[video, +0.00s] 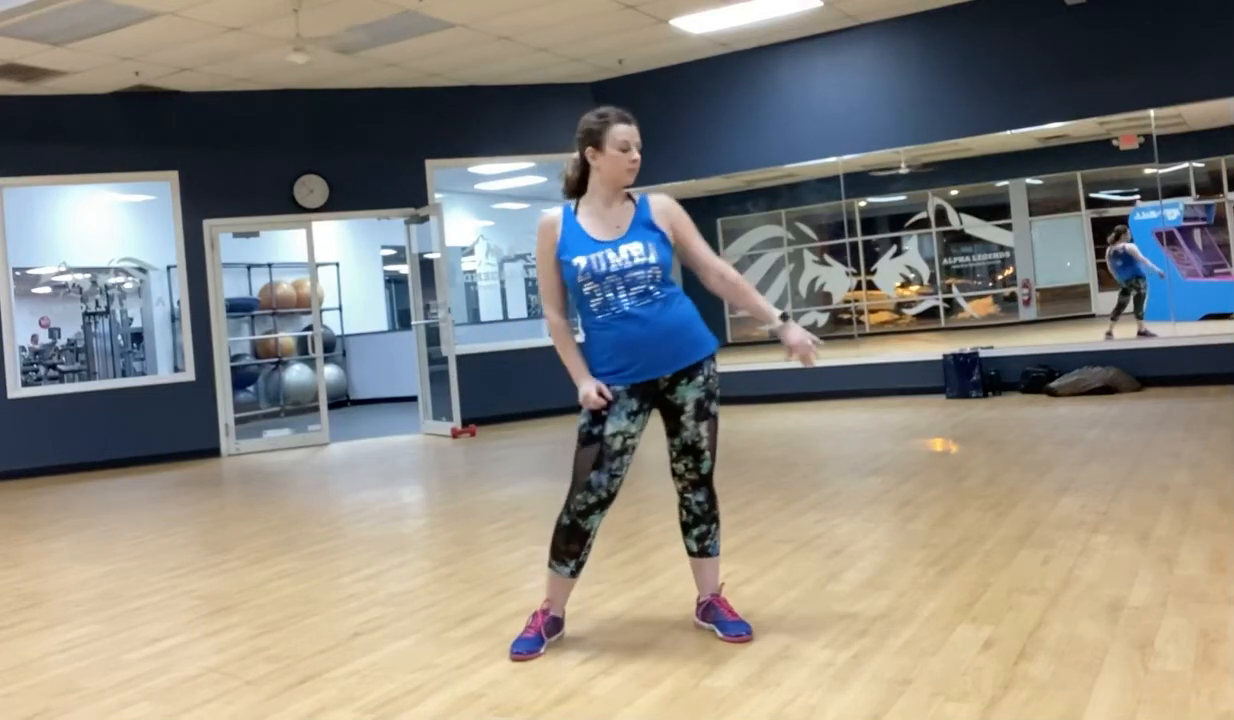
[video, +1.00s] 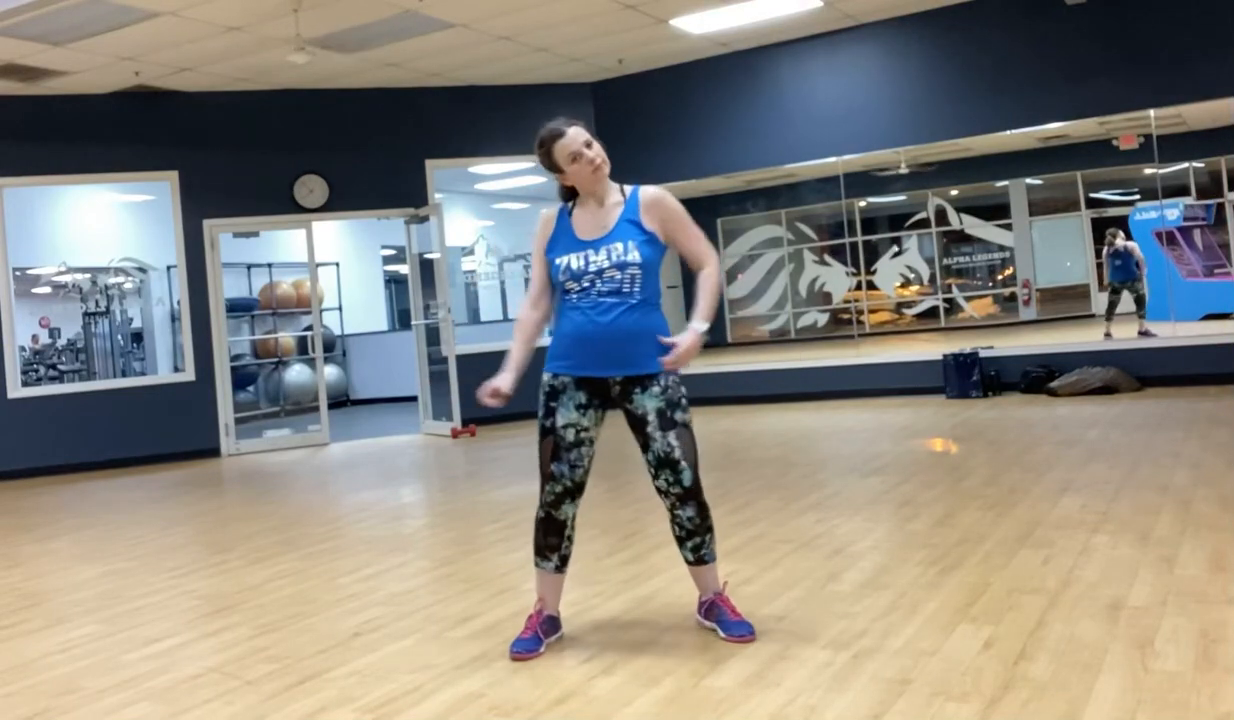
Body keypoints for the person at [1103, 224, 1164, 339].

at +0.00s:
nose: (1129, 236)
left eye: (1129, 233)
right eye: (1128, 234)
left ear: (1117, 236)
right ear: (1123, 235)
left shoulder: (1109, 250)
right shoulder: (1130, 247)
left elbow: (1110, 268)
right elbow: (1143, 260)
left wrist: (1119, 280)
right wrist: (1158, 270)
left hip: (1125, 281)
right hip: (1138, 279)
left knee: (1120, 305)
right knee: (1139, 303)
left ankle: (1110, 330)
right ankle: (1141, 328)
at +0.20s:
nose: (1128, 238)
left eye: (1127, 235)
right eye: (1126, 235)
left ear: (1116, 236)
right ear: (1120, 236)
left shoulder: (1107, 249)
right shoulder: (1124, 250)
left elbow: (1104, 266)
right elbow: (1136, 264)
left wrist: (1113, 277)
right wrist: (1150, 272)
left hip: (1121, 281)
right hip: (1134, 280)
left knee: (1119, 306)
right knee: (1135, 305)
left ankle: (1109, 330)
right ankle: (1141, 328)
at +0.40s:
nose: (1124, 237)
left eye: (1124, 234)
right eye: (1123, 235)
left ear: (1112, 237)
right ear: (1117, 237)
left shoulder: (1105, 249)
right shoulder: (1120, 251)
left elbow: (1099, 261)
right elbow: (1130, 268)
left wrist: (1102, 276)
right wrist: (1146, 273)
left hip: (1115, 282)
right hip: (1126, 281)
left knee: (1116, 304)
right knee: (1133, 304)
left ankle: (1108, 330)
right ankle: (1140, 328)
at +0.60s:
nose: (1121, 236)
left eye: (1120, 234)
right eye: (1120, 234)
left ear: (1109, 237)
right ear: (1117, 237)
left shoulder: (1104, 248)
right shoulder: (1122, 249)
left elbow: (1097, 261)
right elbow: (1127, 266)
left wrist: (1094, 273)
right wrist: (1138, 273)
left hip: (1111, 281)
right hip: (1124, 280)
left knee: (1112, 303)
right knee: (1135, 301)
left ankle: (1107, 330)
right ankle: (1140, 328)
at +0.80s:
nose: (1121, 234)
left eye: (1120, 233)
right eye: (1119, 233)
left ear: (1108, 237)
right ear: (1117, 236)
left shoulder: (1105, 248)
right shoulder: (1126, 247)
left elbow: (1099, 262)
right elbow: (1130, 264)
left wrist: (1095, 275)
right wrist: (1135, 273)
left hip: (1111, 280)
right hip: (1127, 279)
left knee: (1110, 304)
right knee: (1138, 301)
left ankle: (1107, 330)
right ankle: (1141, 328)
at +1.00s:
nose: (1123, 234)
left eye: (1121, 233)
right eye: (1121, 233)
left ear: (1110, 237)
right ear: (1119, 235)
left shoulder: (1107, 249)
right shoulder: (1131, 245)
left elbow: (1105, 266)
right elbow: (1140, 259)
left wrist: (1106, 280)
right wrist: (1143, 272)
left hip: (1115, 279)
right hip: (1132, 278)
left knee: (1111, 304)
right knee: (1140, 301)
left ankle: (1107, 330)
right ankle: (1142, 328)